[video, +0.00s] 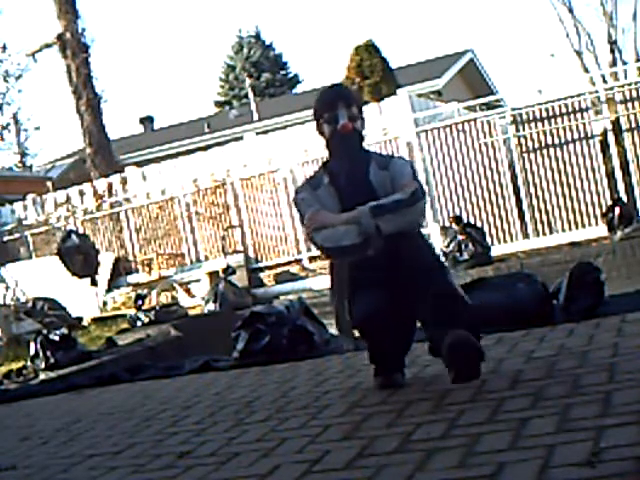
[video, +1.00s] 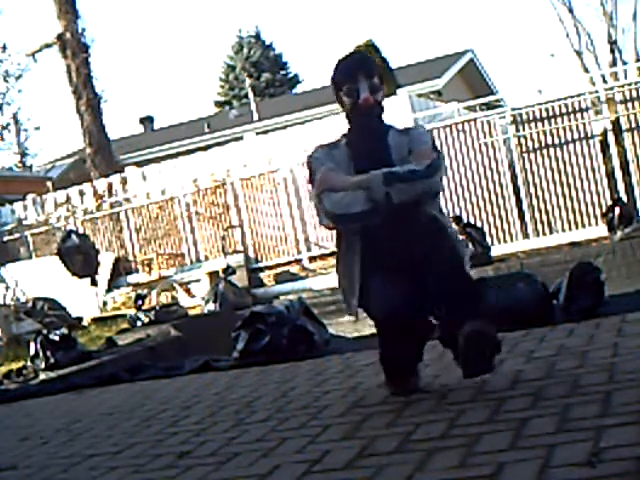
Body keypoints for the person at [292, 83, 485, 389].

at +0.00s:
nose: (344, 127)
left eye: (351, 118)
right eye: (333, 121)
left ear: (362, 121)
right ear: (320, 129)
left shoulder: (395, 167)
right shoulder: (310, 192)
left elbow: (414, 211)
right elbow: (328, 242)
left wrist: (341, 220)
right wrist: (388, 218)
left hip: (411, 263)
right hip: (363, 281)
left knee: (411, 246)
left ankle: (459, 350)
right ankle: (388, 366)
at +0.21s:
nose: (350, 91)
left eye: (357, 81)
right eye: (339, 84)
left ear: (368, 82)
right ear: (327, 93)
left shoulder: (399, 124)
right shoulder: (319, 153)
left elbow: (417, 155)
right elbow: (325, 193)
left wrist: (345, 170)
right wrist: (384, 161)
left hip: (419, 245)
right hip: (361, 260)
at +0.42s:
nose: (369, 124)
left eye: (376, 112)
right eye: (357, 118)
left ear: (388, 113)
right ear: (348, 126)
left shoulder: (426, 158)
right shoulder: (341, 184)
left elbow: (433, 194)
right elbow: (344, 231)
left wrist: (360, 205)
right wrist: (402, 210)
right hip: (384, 286)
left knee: (407, 248)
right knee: (363, 260)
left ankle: (434, 360)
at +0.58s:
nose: (357, 98)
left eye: (363, 87)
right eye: (345, 92)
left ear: (375, 86)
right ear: (335, 101)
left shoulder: (416, 131)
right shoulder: (333, 157)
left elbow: (433, 169)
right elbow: (335, 198)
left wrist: (361, 175)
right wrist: (397, 180)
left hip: (420, 239)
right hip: (366, 250)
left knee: (435, 292)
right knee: (376, 299)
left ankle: (438, 360)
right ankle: (376, 361)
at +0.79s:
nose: (356, 116)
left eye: (364, 105)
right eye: (345, 109)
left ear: (375, 106)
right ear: (332, 117)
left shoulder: (411, 156)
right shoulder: (325, 183)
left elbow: (430, 203)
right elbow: (335, 232)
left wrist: (350, 207)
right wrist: (400, 216)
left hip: (434, 264)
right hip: (372, 285)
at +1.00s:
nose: (365, 99)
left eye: (372, 88)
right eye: (353, 91)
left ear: (384, 90)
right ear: (340, 98)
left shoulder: (413, 138)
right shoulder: (324, 158)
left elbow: (430, 181)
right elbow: (332, 208)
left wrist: (353, 182)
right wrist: (404, 188)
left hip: (430, 250)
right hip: (373, 264)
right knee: (399, 307)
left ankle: (470, 336)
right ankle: (401, 373)